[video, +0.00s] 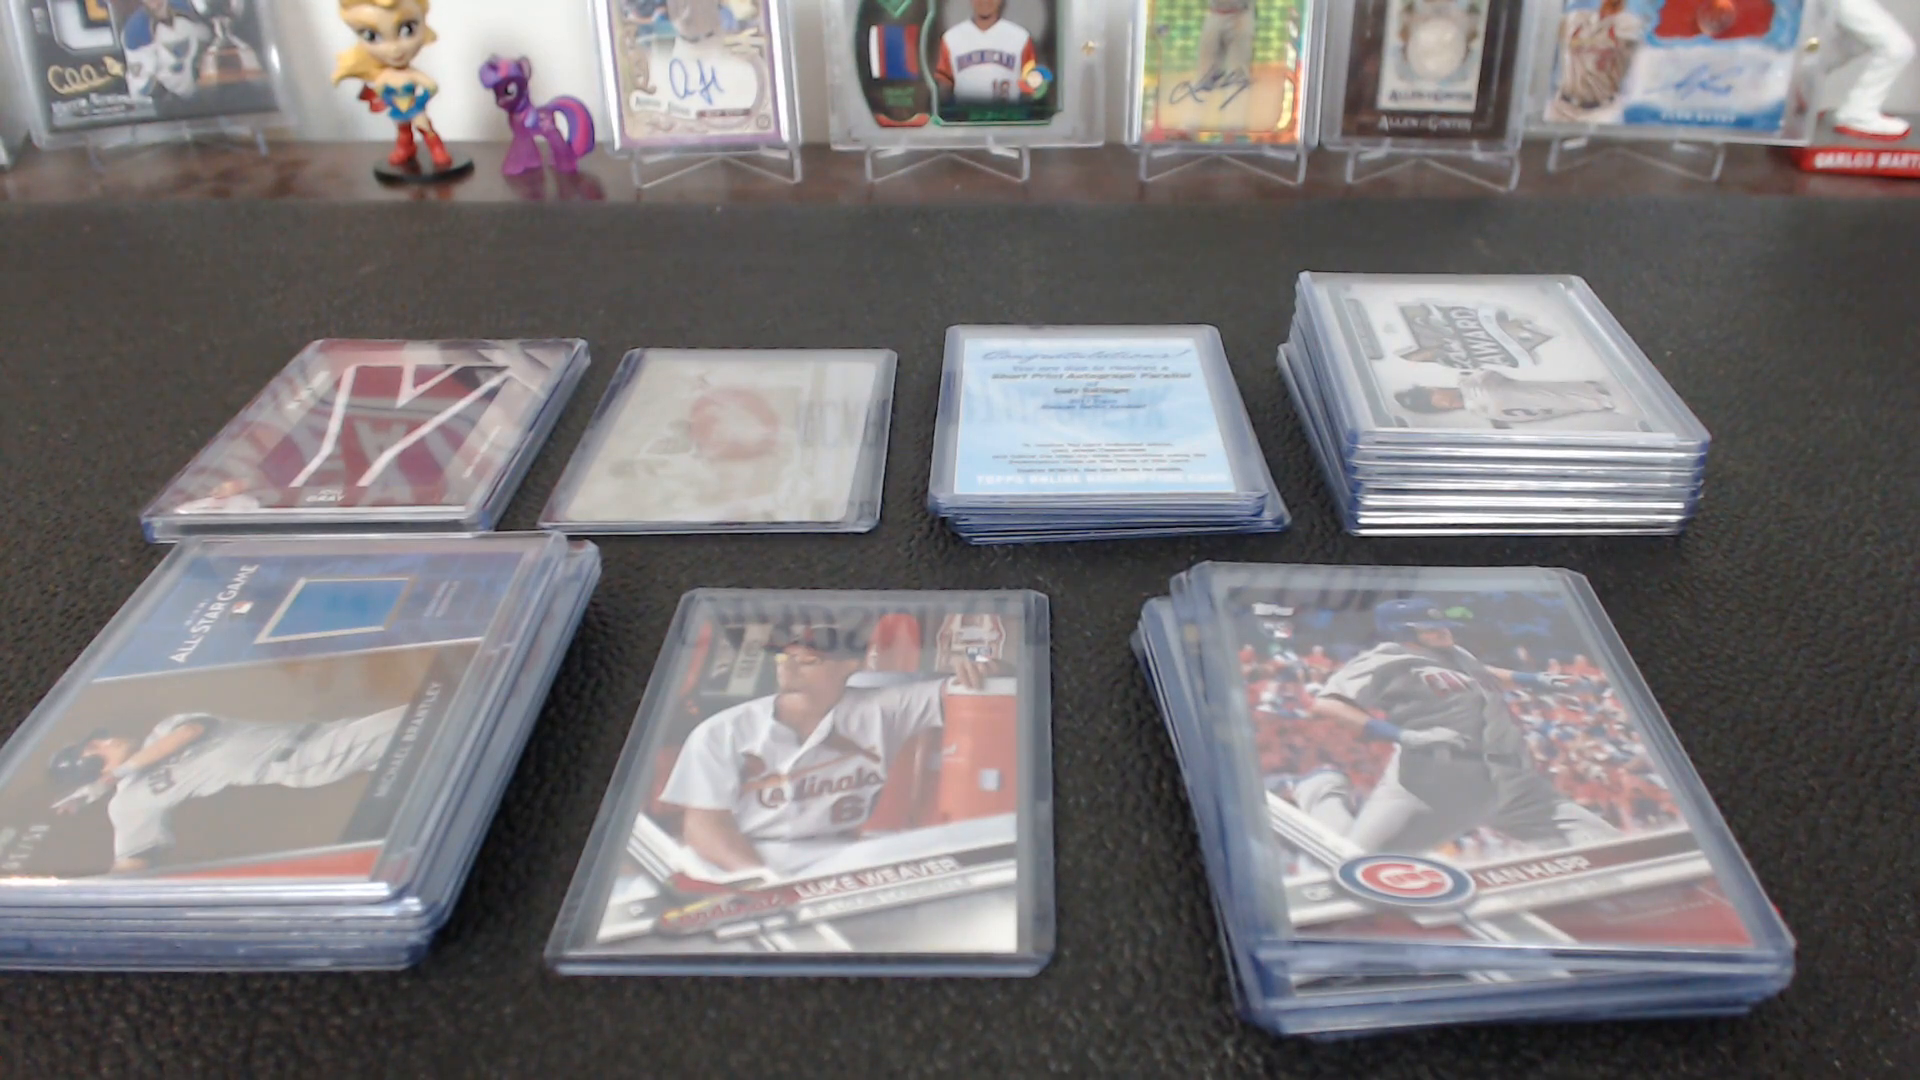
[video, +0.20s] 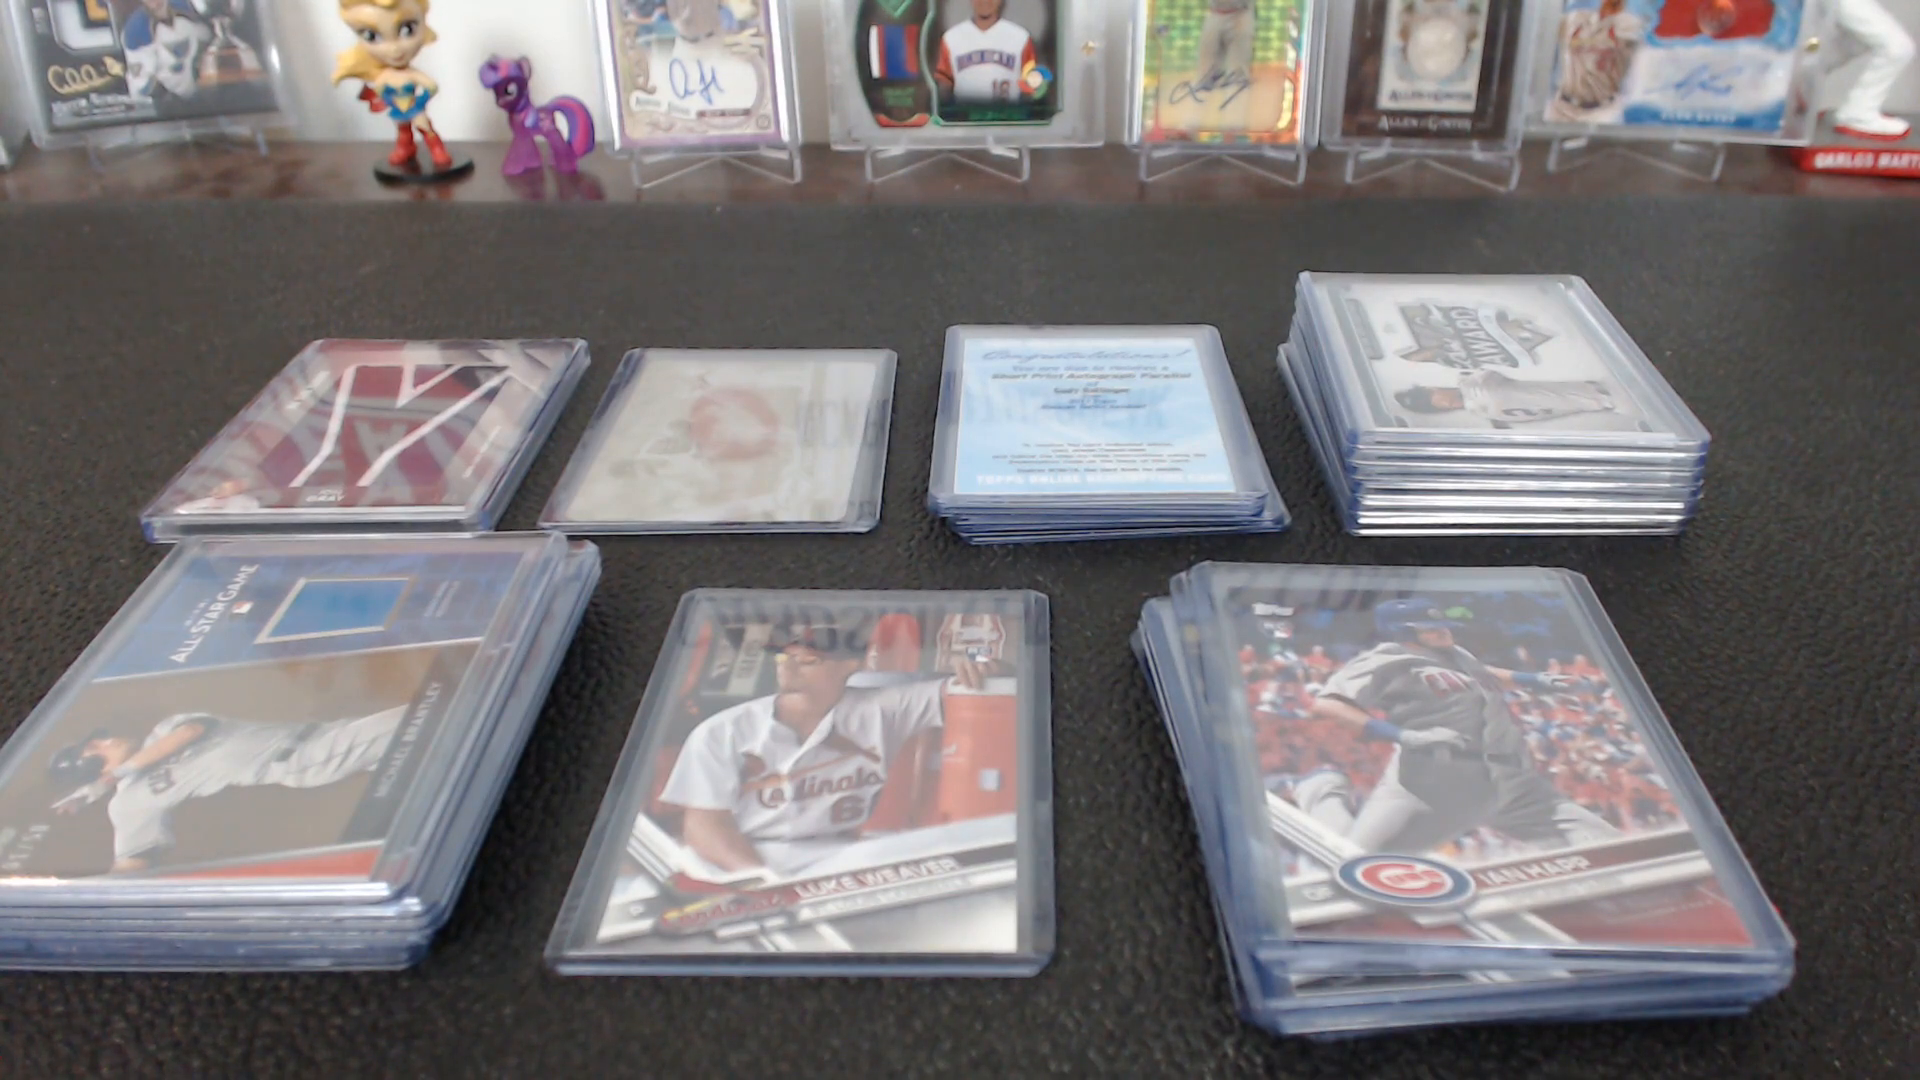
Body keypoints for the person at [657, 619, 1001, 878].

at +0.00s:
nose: (799, 656)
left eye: (820, 646)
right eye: (789, 644)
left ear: (854, 661)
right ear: (776, 656)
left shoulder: (877, 713)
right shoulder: (719, 735)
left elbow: (959, 690)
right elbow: (703, 829)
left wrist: (972, 674)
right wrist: (767, 883)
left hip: (829, 868)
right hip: (730, 872)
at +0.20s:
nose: (799, 655)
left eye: (821, 646)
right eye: (790, 643)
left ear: (854, 661)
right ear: (776, 655)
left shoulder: (876, 713)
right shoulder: (719, 735)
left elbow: (959, 690)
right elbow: (703, 830)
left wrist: (972, 673)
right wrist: (768, 884)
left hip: (830, 869)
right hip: (730, 873)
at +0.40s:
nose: (799, 655)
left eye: (821, 645)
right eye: (789, 643)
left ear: (854, 661)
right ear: (776, 655)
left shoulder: (877, 713)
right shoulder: (719, 735)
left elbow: (959, 690)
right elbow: (703, 829)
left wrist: (972, 673)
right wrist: (768, 883)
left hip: (830, 870)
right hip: (730, 873)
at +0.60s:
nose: (798, 656)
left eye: (820, 646)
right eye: (789, 644)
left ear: (853, 661)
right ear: (776, 656)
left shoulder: (877, 713)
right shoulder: (719, 735)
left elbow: (959, 690)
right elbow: (703, 830)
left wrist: (972, 673)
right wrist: (769, 884)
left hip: (829, 868)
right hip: (730, 872)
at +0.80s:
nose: (797, 657)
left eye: (819, 647)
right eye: (788, 645)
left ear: (853, 661)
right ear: (776, 656)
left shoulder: (876, 713)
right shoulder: (719, 735)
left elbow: (960, 689)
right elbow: (703, 829)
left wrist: (972, 671)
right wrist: (768, 884)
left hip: (829, 868)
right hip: (731, 872)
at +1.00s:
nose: (797, 657)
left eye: (818, 647)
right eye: (789, 644)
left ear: (853, 664)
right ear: (776, 655)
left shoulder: (875, 716)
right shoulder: (720, 735)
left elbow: (954, 691)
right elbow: (703, 828)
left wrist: (973, 674)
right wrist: (767, 883)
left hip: (827, 866)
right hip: (730, 870)